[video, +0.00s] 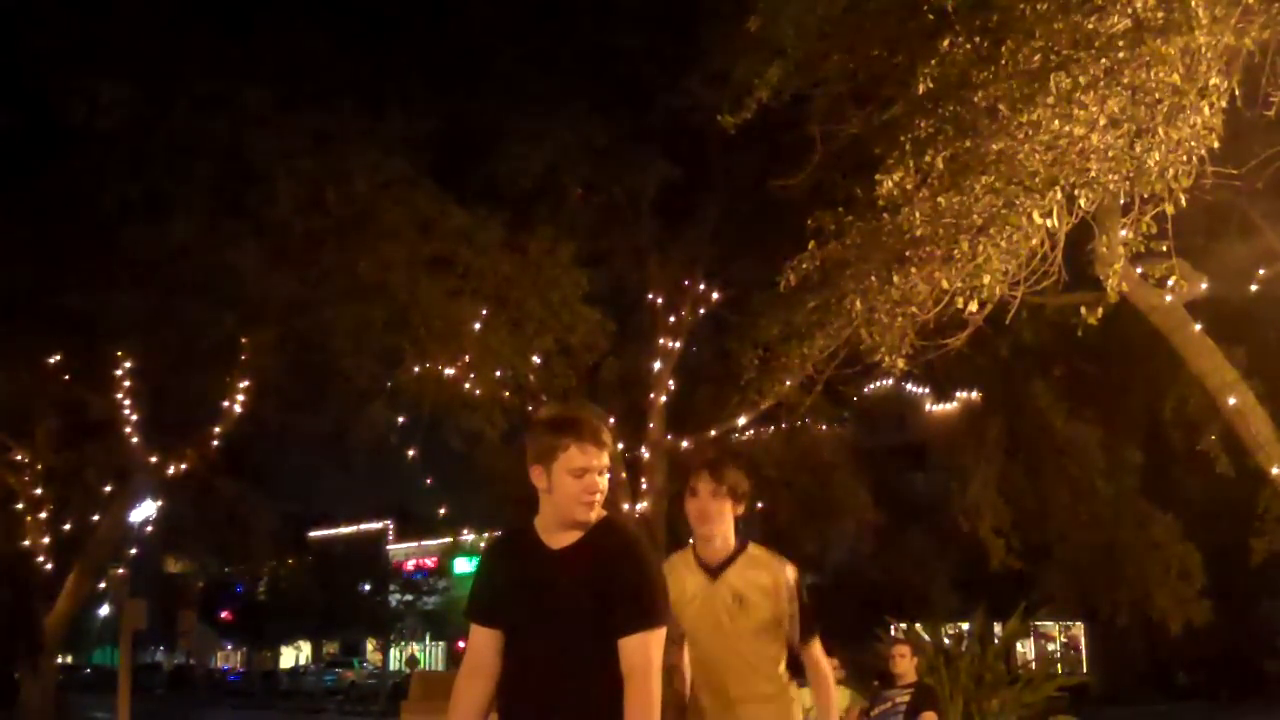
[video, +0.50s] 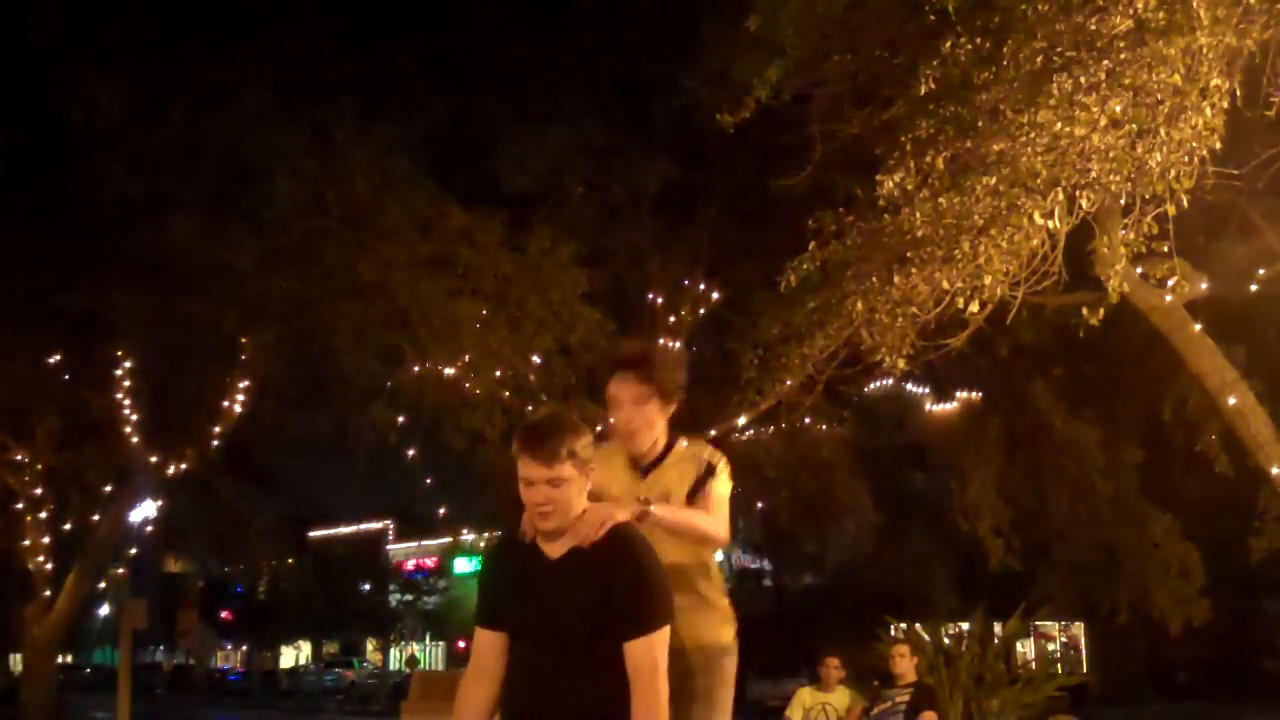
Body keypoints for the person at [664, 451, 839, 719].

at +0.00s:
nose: (703, 505)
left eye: (716, 495)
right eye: (694, 494)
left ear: (738, 505)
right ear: (684, 503)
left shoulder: (778, 573)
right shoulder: (670, 574)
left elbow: (814, 660)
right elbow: (673, 650)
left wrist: (828, 715)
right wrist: (677, 710)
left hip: (773, 710)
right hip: (708, 710)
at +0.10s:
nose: (698, 506)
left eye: (710, 494)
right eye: (689, 494)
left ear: (735, 504)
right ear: (679, 502)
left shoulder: (774, 576)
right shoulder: (664, 574)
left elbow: (813, 664)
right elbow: (652, 661)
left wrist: (820, 713)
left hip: (759, 711)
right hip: (689, 711)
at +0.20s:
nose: (685, 456)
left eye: (695, 443)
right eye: (677, 444)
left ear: (722, 451)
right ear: (668, 453)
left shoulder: (760, 516)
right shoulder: (653, 521)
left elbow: (805, 618)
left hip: (743, 700)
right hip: (673, 700)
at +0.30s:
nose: (666, 412)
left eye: (679, 398)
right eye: (658, 399)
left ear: (707, 404)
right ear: (649, 405)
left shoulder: (746, 465)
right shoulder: (637, 467)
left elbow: (785, 553)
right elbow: (622, 549)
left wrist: (728, 541)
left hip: (722, 639)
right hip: (654, 638)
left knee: (727, 714)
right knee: (650, 715)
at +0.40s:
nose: (647, 396)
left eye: (660, 382)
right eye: (637, 384)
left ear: (690, 386)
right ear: (629, 389)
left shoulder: (726, 445)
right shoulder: (618, 445)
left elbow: (730, 509)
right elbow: (594, 509)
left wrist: (658, 509)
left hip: (715, 625)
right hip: (642, 623)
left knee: (715, 713)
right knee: (639, 715)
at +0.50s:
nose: (622, 418)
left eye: (636, 404)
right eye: (614, 405)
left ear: (668, 405)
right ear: (605, 407)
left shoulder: (705, 462)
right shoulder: (594, 463)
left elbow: (717, 531)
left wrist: (639, 511)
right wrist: (538, 518)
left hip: (697, 631)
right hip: (620, 632)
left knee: (704, 713)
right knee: (627, 715)